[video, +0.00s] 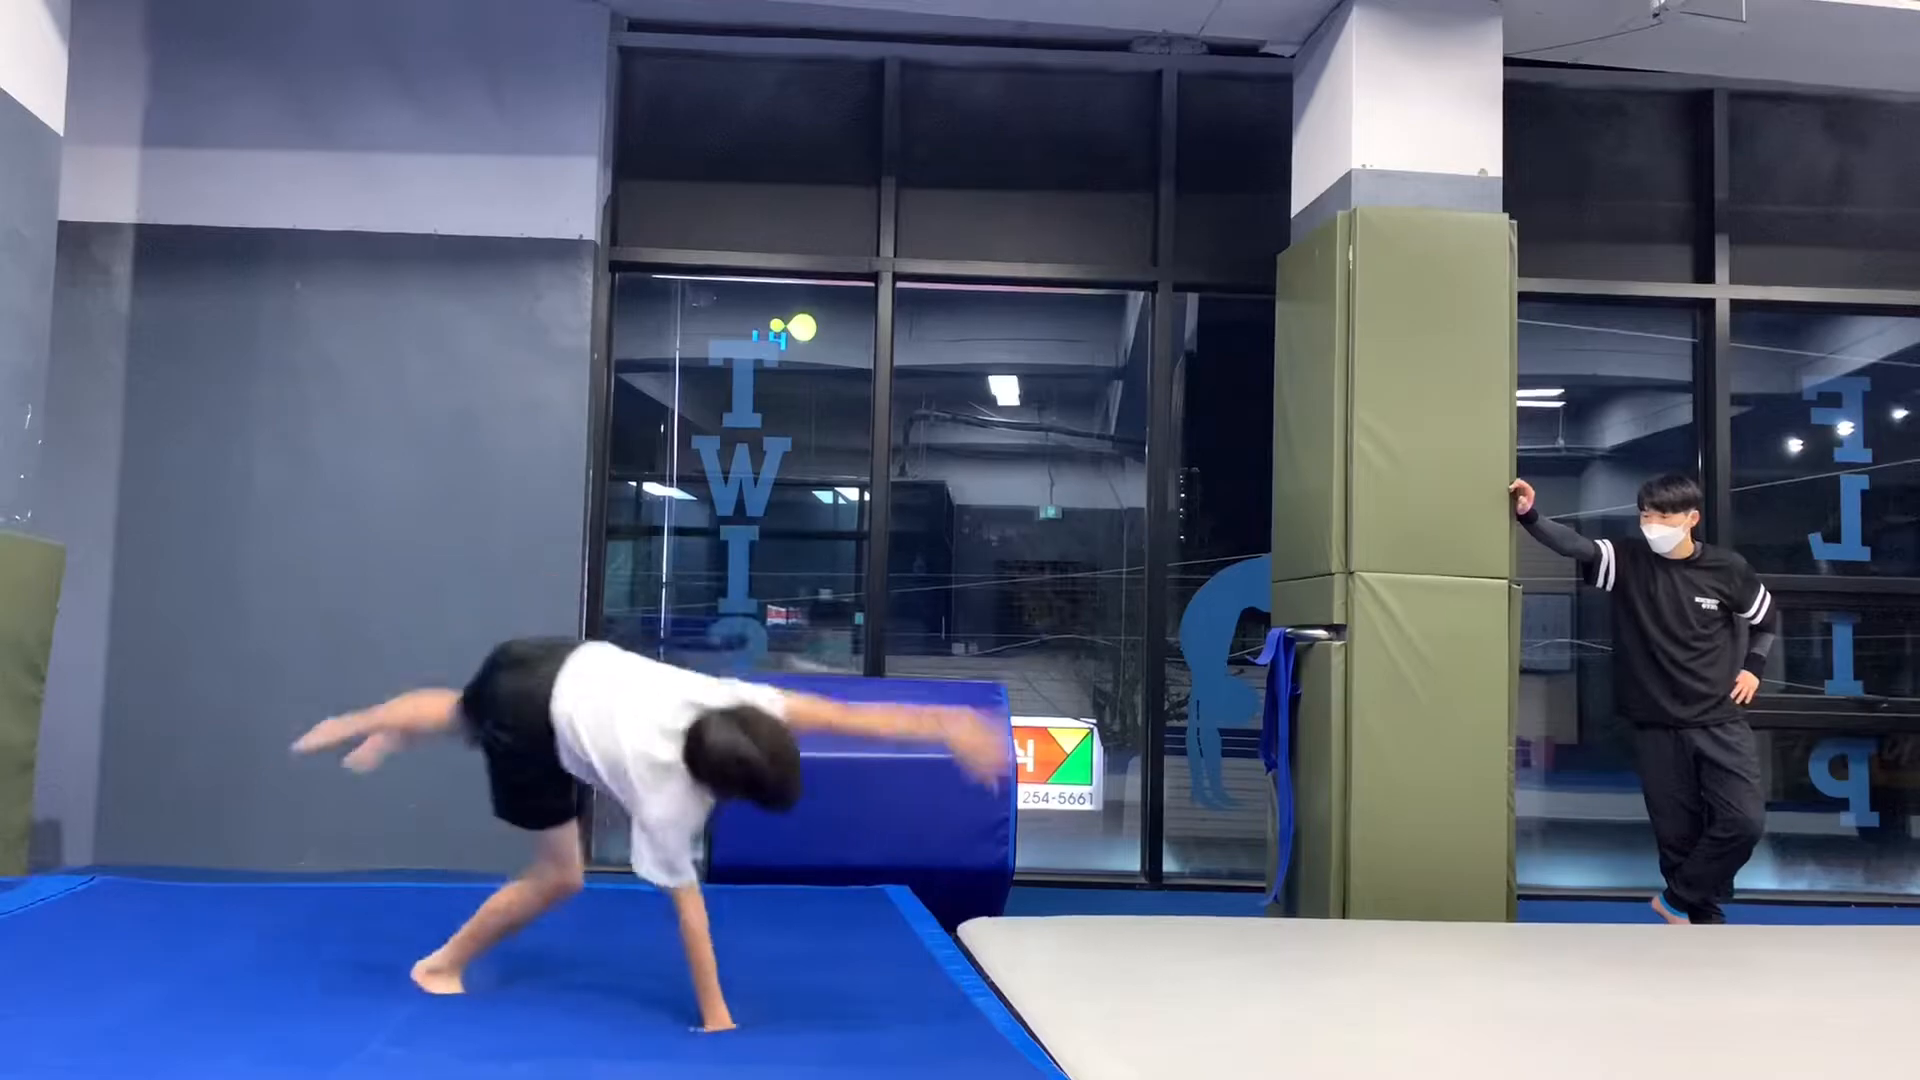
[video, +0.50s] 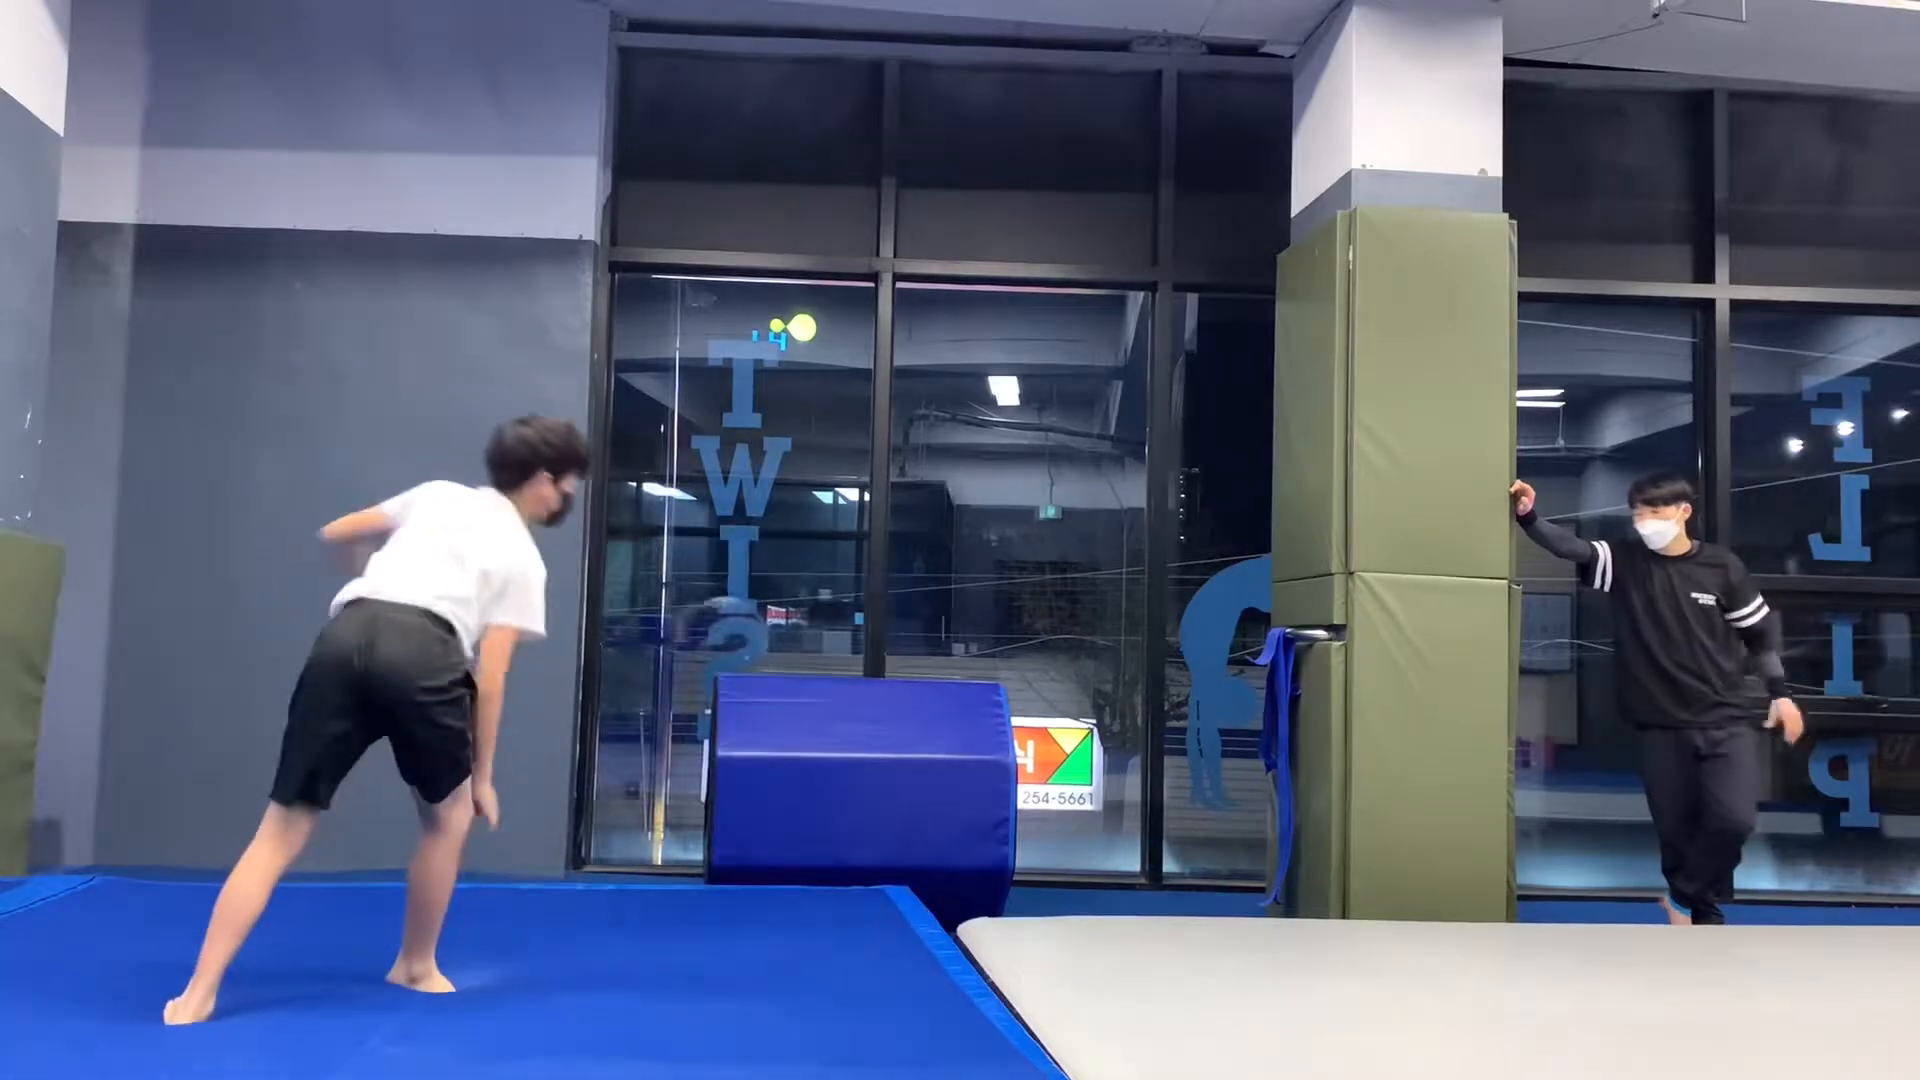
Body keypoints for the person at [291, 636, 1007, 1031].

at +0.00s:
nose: (781, 771)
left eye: (781, 758)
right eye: (769, 782)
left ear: (762, 734)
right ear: (733, 785)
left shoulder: (747, 704)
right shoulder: (670, 796)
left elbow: (842, 718)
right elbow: (690, 908)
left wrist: (948, 731)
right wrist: (713, 1009)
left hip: (555, 659)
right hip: (523, 718)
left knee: (463, 707)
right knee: (556, 875)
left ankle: (365, 724)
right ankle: (443, 965)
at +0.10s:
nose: (738, 710)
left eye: (738, 699)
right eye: (727, 715)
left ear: (711, 666)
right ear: (692, 721)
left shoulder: (695, 638)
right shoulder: (632, 743)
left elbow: (792, 608)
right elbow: (648, 867)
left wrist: (888, 568)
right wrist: (685, 974)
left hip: (470, 652)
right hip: (480, 699)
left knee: (382, 795)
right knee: (520, 859)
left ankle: (226, 863)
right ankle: (434, 969)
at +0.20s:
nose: (699, 645)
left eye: (698, 633)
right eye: (694, 642)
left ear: (661, 597)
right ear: (666, 644)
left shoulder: (647, 582)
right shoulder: (609, 677)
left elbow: (728, 524)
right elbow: (589, 807)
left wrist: (799, 459)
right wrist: (622, 925)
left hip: (400, 649)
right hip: (440, 681)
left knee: (341, 809)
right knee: (485, 831)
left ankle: (209, 926)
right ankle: (425, 967)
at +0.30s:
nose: (659, 595)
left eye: (666, 586)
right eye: (662, 584)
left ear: (624, 542)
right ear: (640, 574)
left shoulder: (580, 536)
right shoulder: (591, 619)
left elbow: (622, 491)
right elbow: (553, 739)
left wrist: (670, 445)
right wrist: (543, 872)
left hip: (360, 643)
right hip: (419, 669)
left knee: (306, 817)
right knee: (462, 826)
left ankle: (210, 964)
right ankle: (419, 965)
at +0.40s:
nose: (616, 546)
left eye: (624, 535)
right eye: (622, 533)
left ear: (568, 499)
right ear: (601, 522)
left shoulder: (511, 509)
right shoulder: (560, 588)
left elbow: (478, 486)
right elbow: (506, 711)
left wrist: (538, 496)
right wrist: (491, 824)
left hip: (354, 630)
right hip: (423, 656)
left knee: (287, 820)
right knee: (451, 827)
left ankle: (200, 983)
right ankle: (416, 966)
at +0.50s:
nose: (565, 500)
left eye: (570, 488)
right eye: (563, 485)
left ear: (505, 474)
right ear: (535, 476)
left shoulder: (437, 493)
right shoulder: (522, 556)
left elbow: (340, 532)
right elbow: (491, 674)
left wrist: (369, 595)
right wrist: (483, 776)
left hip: (345, 633)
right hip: (423, 649)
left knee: (280, 830)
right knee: (447, 817)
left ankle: (197, 995)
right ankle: (416, 964)